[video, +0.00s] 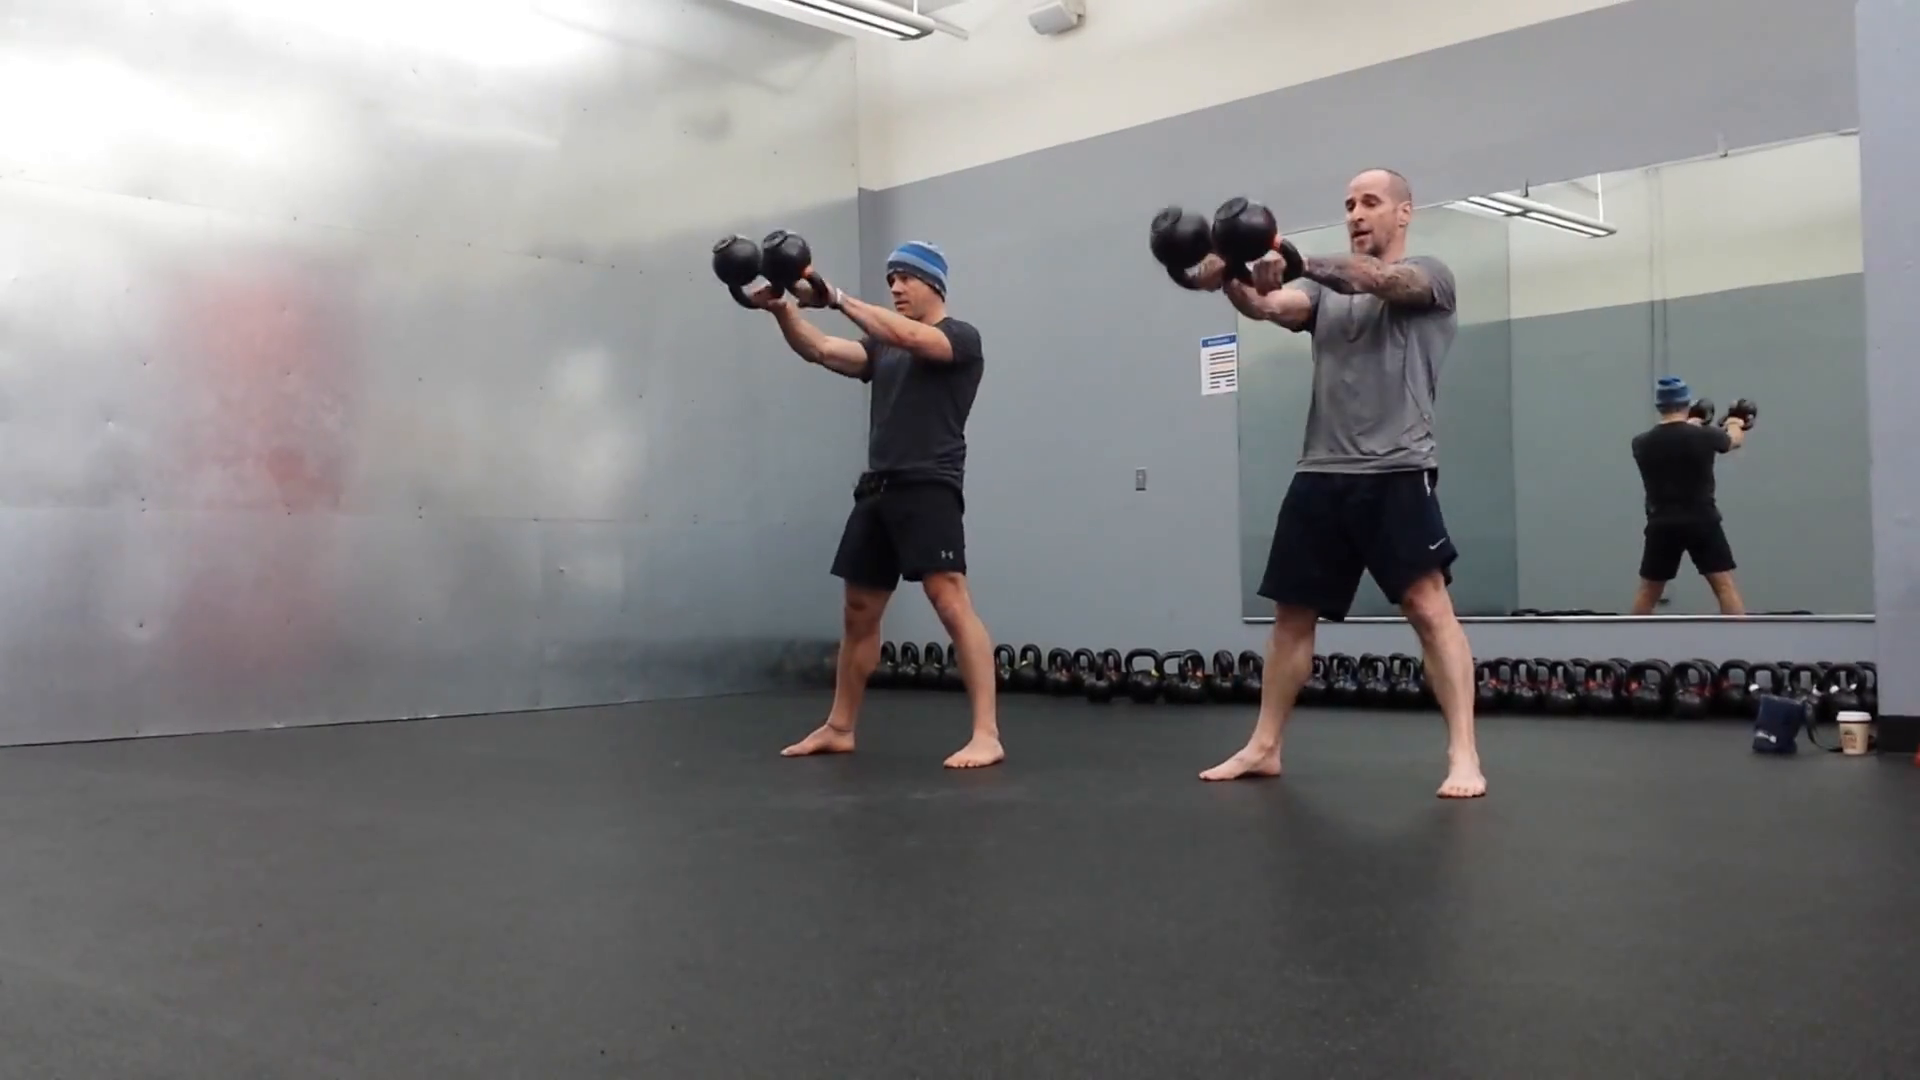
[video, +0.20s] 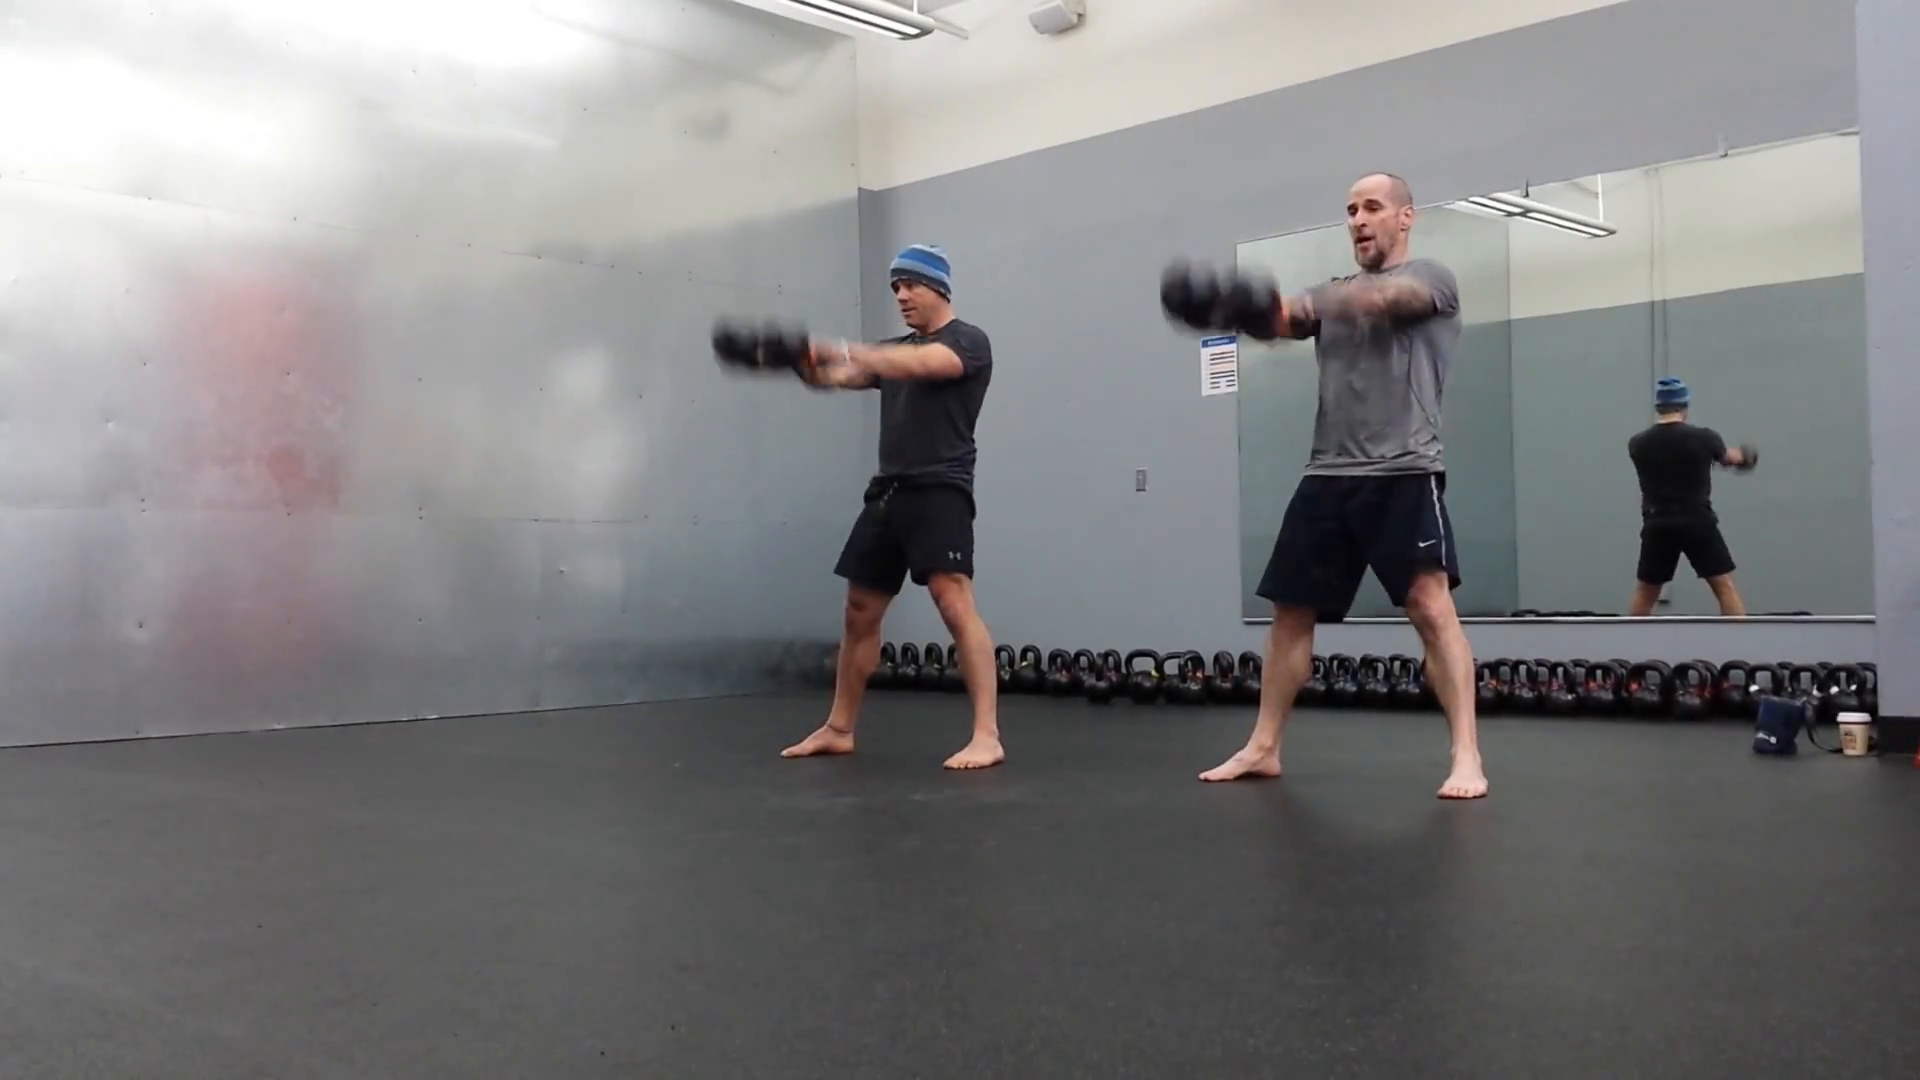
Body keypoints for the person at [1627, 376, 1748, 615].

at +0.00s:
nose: (1687, 405)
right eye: (1686, 402)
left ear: (1659, 406)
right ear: (1686, 404)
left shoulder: (1640, 443)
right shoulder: (1704, 435)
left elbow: (1666, 441)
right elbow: (1734, 440)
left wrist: (1687, 425)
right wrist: (1734, 423)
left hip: (1661, 527)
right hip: (1701, 525)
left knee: (1648, 593)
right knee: (1723, 588)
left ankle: (1629, 647)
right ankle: (1744, 647)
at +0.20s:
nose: (1684, 407)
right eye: (1684, 404)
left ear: (1658, 407)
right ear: (1685, 405)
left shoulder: (1638, 443)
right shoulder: (1703, 438)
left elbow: (1663, 459)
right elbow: (1728, 457)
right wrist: (1744, 457)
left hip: (1658, 529)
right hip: (1698, 527)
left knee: (1645, 594)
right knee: (1724, 590)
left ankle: (1627, 648)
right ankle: (1743, 648)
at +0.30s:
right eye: (1688, 408)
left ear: (1660, 409)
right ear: (1688, 409)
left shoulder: (1639, 444)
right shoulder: (1706, 439)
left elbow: (1652, 485)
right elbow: (1725, 476)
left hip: (1655, 529)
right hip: (1696, 528)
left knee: (1643, 593)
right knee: (1725, 588)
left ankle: (1630, 648)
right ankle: (1743, 648)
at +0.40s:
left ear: (1671, 417)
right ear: (1698, 418)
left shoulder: (1648, 446)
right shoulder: (1713, 444)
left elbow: (1649, 493)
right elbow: (1725, 495)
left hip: (1655, 527)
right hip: (1696, 527)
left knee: (1638, 594)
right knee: (1731, 589)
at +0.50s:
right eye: (1712, 443)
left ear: (1687, 440)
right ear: (1713, 443)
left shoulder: (1662, 465)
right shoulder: (1723, 465)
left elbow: (1658, 520)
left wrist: (1670, 574)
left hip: (1656, 532)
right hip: (1698, 533)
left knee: (1633, 594)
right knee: (1746, 587)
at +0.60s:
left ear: (1698, 476)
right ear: (1724, 479)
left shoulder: (1671, 492)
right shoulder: (1731, 496)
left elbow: (1660, 534)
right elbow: (1728, 539)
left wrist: (1656, 578)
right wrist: (1702, 575)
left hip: (1657, 541)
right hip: (1701, 542)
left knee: (1628, 593)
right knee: (1757, 588)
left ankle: (1628, 648)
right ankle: (1751, 645)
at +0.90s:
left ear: (1680, 434)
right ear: (1708, 434)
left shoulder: (1659, 464)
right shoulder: (1721, 462)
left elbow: (1655, 509)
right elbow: (1725, 509)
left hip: (1658, 533)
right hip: (1700, 534)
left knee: (1631, 594)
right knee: (1747, 588)